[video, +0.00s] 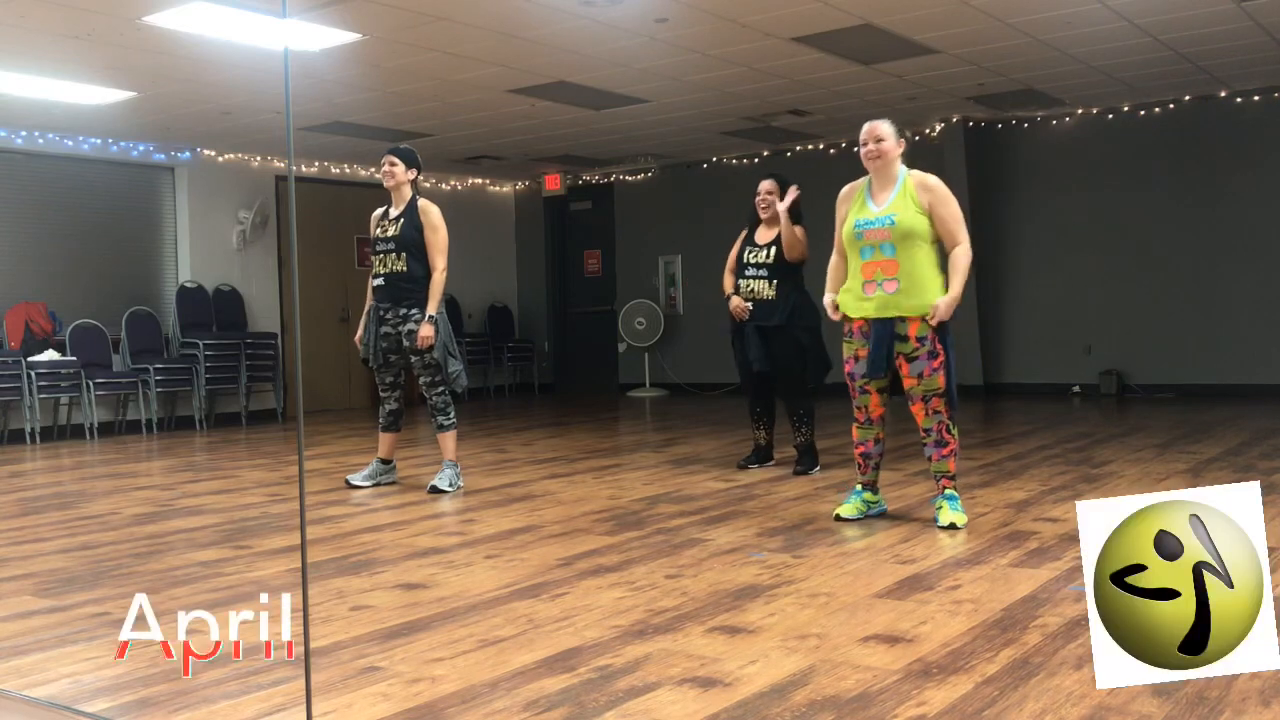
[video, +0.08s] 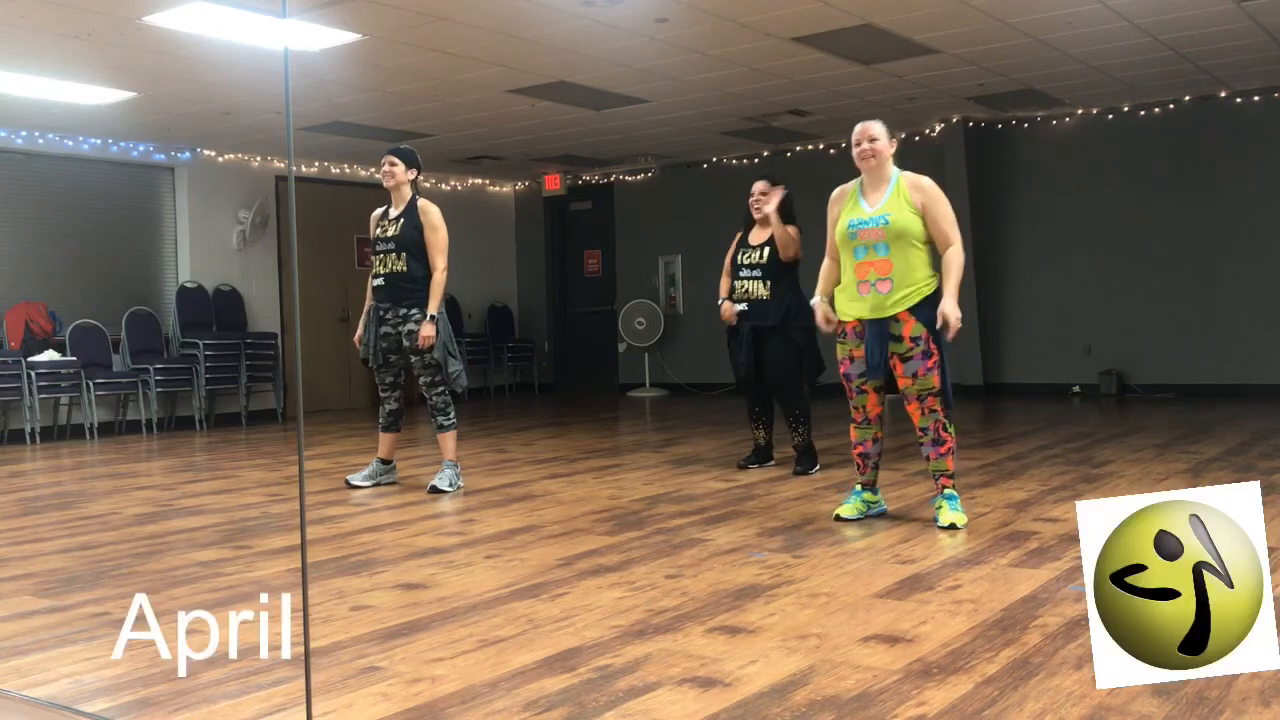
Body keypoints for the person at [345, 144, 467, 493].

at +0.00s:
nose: (385, 169)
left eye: (393, 165)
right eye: (384, 165)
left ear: (412, 173)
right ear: (382, 173)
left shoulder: (426, 210)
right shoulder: (378, 217)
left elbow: (439, 268)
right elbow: (377, 272)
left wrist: (430, 319)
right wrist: (364, 321)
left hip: (417, 314)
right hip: (382, 316)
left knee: (435, 390)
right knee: (388, 391)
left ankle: (451, 467)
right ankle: (384, 464)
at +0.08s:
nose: (385, 169)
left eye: (393, 165)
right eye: (384, 165)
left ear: (412, 173)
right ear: (382, 173)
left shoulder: (426, 210)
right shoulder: (378, 216)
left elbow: (440, 268)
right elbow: (377, 272)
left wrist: (430, 319)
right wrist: (364, 320)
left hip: (417, 314)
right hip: (382, 316)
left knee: (435, 390)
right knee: (388, 391)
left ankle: (451, 467)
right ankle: (384, 464)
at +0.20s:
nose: (385, 169)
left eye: (392, 165)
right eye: (383, 165)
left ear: (412, 173)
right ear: (381, 174)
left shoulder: (426, 211)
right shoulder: (378, 217)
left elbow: (440, 269)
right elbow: (376, 272)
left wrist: (432, 319)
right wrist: (363, 320)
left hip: (417, 314)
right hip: (382, 316)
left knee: (435, 390)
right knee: (388, 392)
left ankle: (451, 467)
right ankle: (384, 464)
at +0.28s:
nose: (384, 169)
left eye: (392, 165)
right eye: (382, 165)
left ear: (411, 173)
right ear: (381, 174)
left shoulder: (426, 211)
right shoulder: (378, 218)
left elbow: (440, 269)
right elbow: (376, 273)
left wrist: (433, 318)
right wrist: (362, 321)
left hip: (417, 314)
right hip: (382, 316)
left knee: (435, 390)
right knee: (388, 392)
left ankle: (451, 467)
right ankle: (384, 464)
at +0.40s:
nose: (384, 169)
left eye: (391, 165)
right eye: (382, 165)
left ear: (411, 173)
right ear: (380, 174)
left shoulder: (425, 210)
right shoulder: (377, 218)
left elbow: (439, 268)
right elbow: (375, 274)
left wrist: (434, 317)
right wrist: (361, 322)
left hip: (416, 314)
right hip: (381, 316)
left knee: (435, 390)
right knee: (388, 392)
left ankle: (451, 466)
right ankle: (384, 464)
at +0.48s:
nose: (383, 169)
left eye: (391, 165)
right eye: (381, 165)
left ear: (410, 173)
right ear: (379, 174)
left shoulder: (424, 210)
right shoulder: (376, 218)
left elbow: (438, 267)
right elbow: (374, 274)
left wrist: (434, 316)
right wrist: (360, 322)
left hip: (416, 314)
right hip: (380, 316)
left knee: (434, 391)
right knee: (387, 392)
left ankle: (450, 467)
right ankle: (384, 464)